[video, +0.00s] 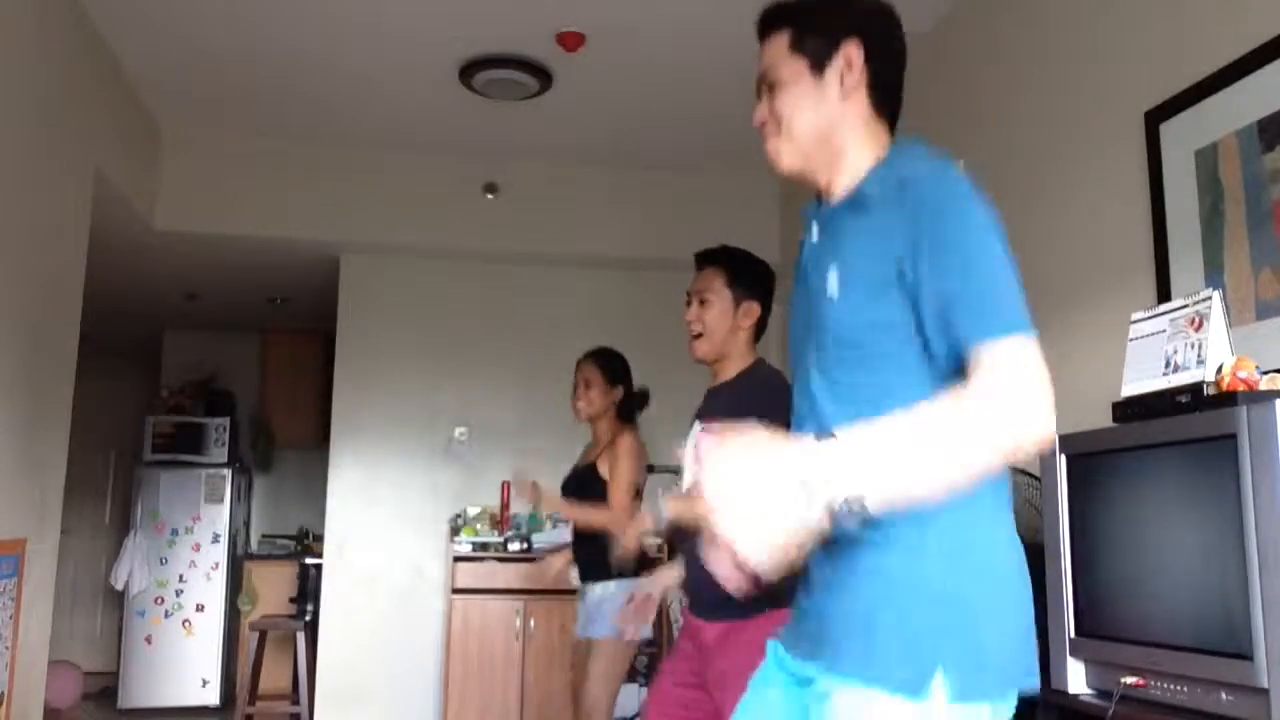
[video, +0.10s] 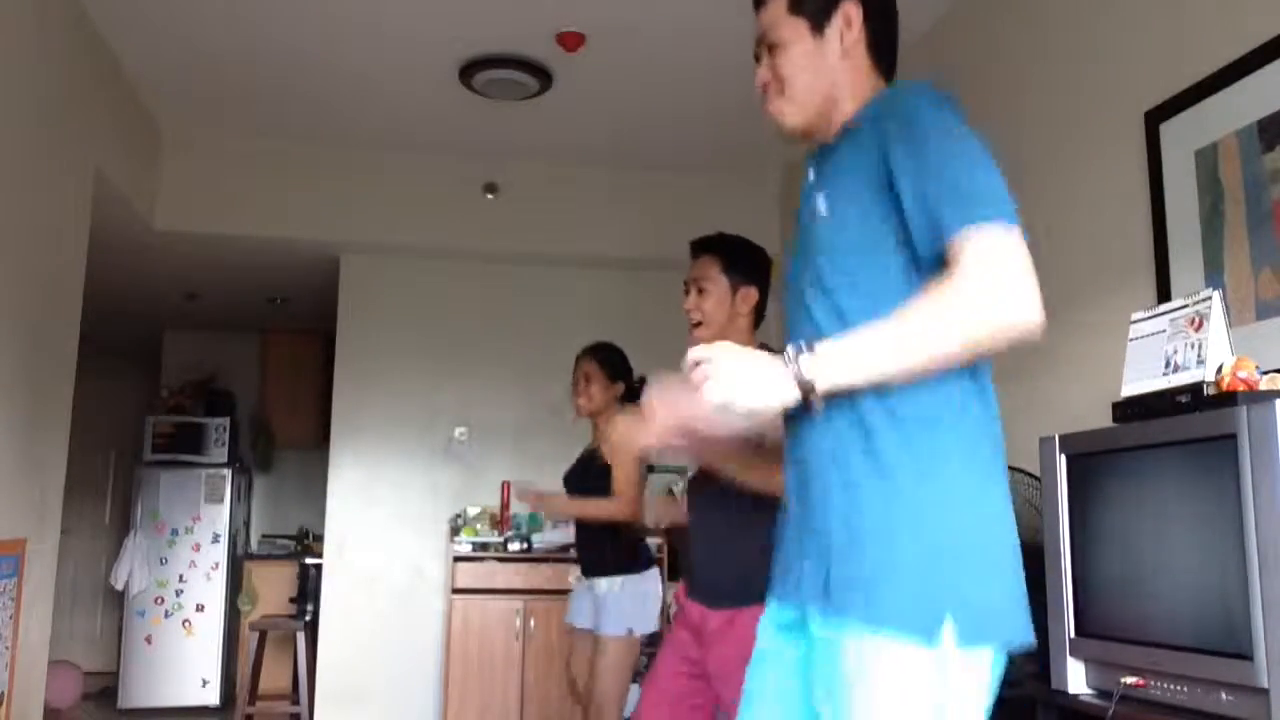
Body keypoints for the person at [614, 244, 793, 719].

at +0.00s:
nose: (690, 316)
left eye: (704, 302)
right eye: (689, 303)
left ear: (748, 314)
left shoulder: (767, 394)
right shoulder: (715, 397)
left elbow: (766, 515)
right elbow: (718, 515)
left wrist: (669, 512)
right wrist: (664, 579)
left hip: (756, 629)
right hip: (700, 625)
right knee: (662, 713)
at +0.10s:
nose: (688, 305)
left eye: (701, 290)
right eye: (687, 292)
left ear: (746, 299)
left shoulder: (778, 384)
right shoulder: (708, 389)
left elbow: (800, 481)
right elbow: (718, 504)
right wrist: (663, 512)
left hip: (755, 618)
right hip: (693, 612)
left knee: (751, 712)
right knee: (656, 713)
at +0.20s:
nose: (687, 302)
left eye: (700, 288)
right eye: (686, 288)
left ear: (745, 296)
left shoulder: (777, 374)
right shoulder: (712, 383)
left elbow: (812, 481)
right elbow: (696, 491)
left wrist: (746, 454)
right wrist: (623, 435)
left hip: (751, 608)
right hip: (695, 607)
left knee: (749, 714)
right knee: (674, 714)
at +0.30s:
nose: (688, 313)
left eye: (701, 299)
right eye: (689, 300)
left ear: (747, 311)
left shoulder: (759, 398)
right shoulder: (712, 399)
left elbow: (763, 508)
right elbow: (704, 506)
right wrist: (645, 485)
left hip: (738, 605)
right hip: (701, 603)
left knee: (731, 712)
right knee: (691, 712)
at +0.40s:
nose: (701, 319)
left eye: (711, 307)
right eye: (701, 308)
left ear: (750, 322)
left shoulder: (779, 409)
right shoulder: (716, 410)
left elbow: (806, 527)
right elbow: (711, 517)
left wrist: (741, 599)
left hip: (757, 630)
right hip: (703, 625)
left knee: (745, 713)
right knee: (688, 713)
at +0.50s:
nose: (694, 332)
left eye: (707, 319)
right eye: (694, 319)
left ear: (752, 328)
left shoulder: (784, 417)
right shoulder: (723, 417)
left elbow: (801, 528)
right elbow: (715, 525)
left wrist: (705, 554)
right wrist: (681, 614)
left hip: (764, 643)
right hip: (713, 636)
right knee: (667, 713)